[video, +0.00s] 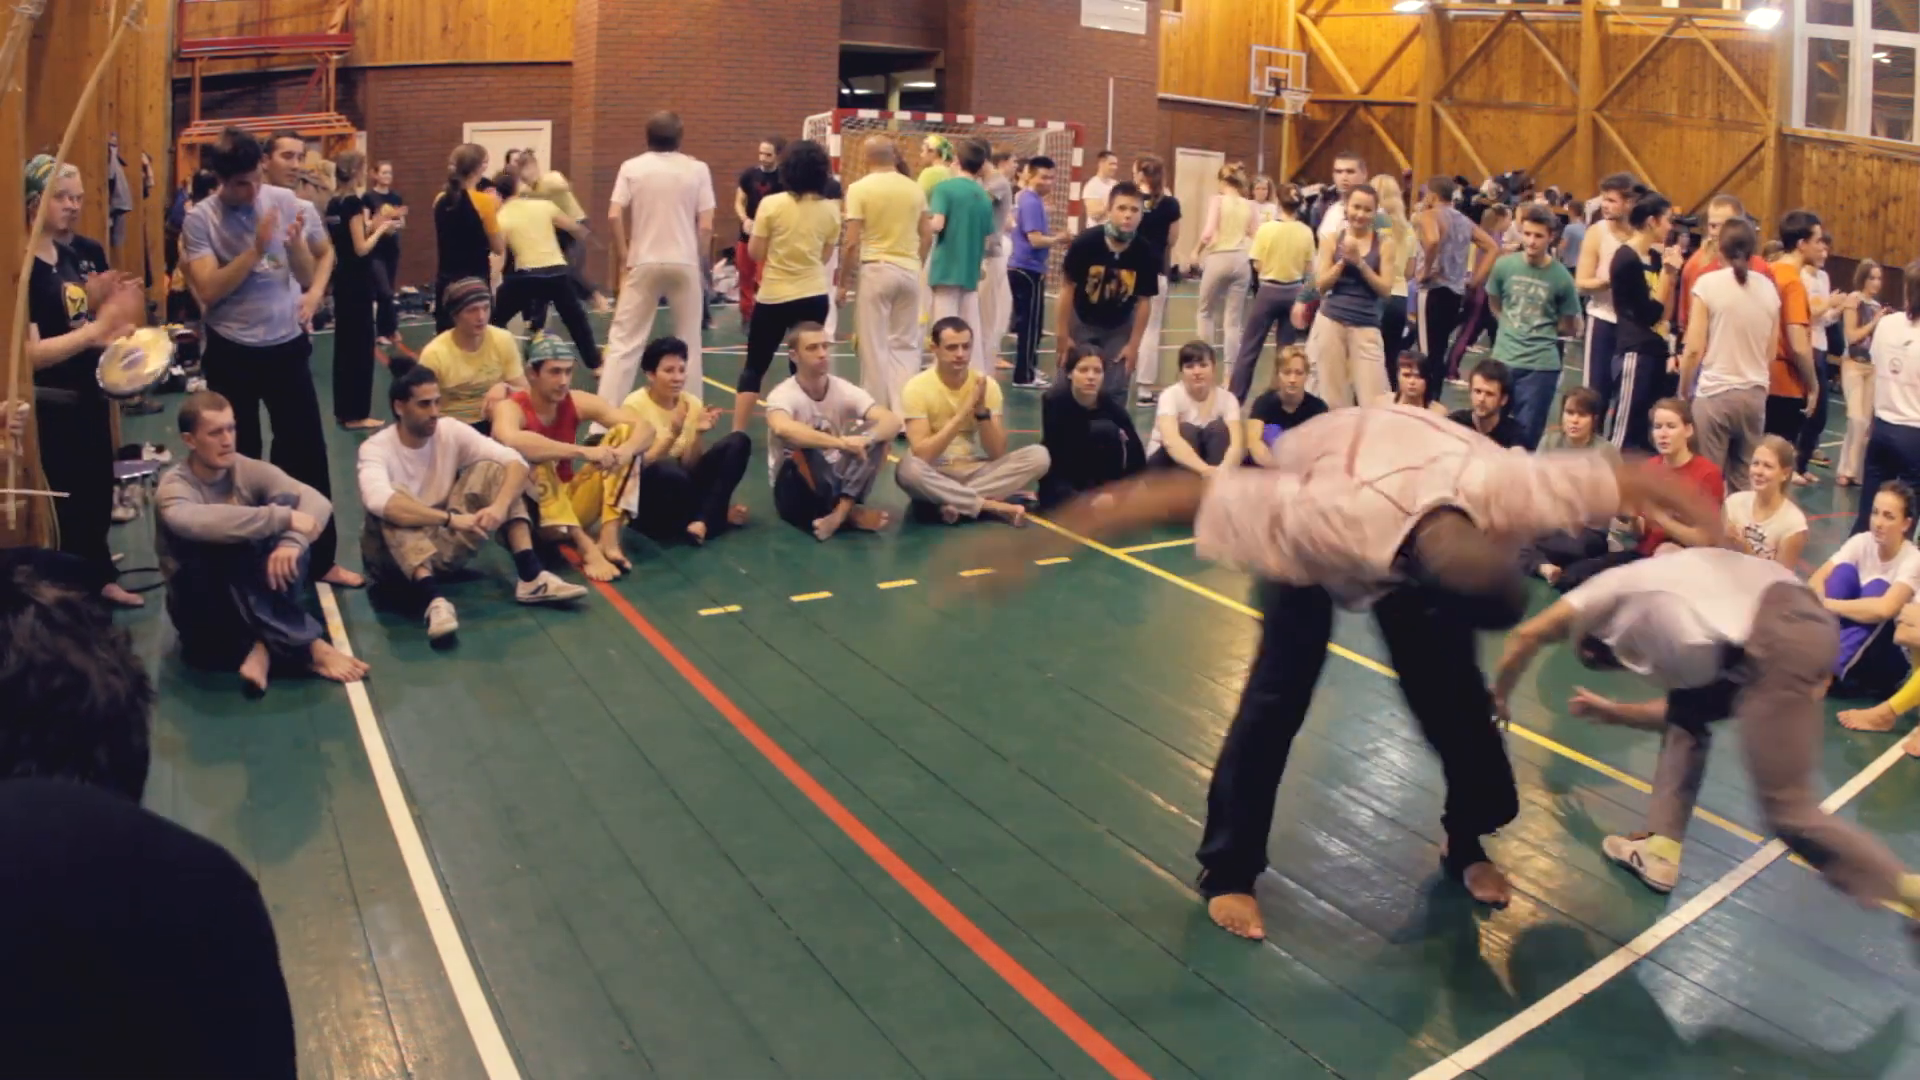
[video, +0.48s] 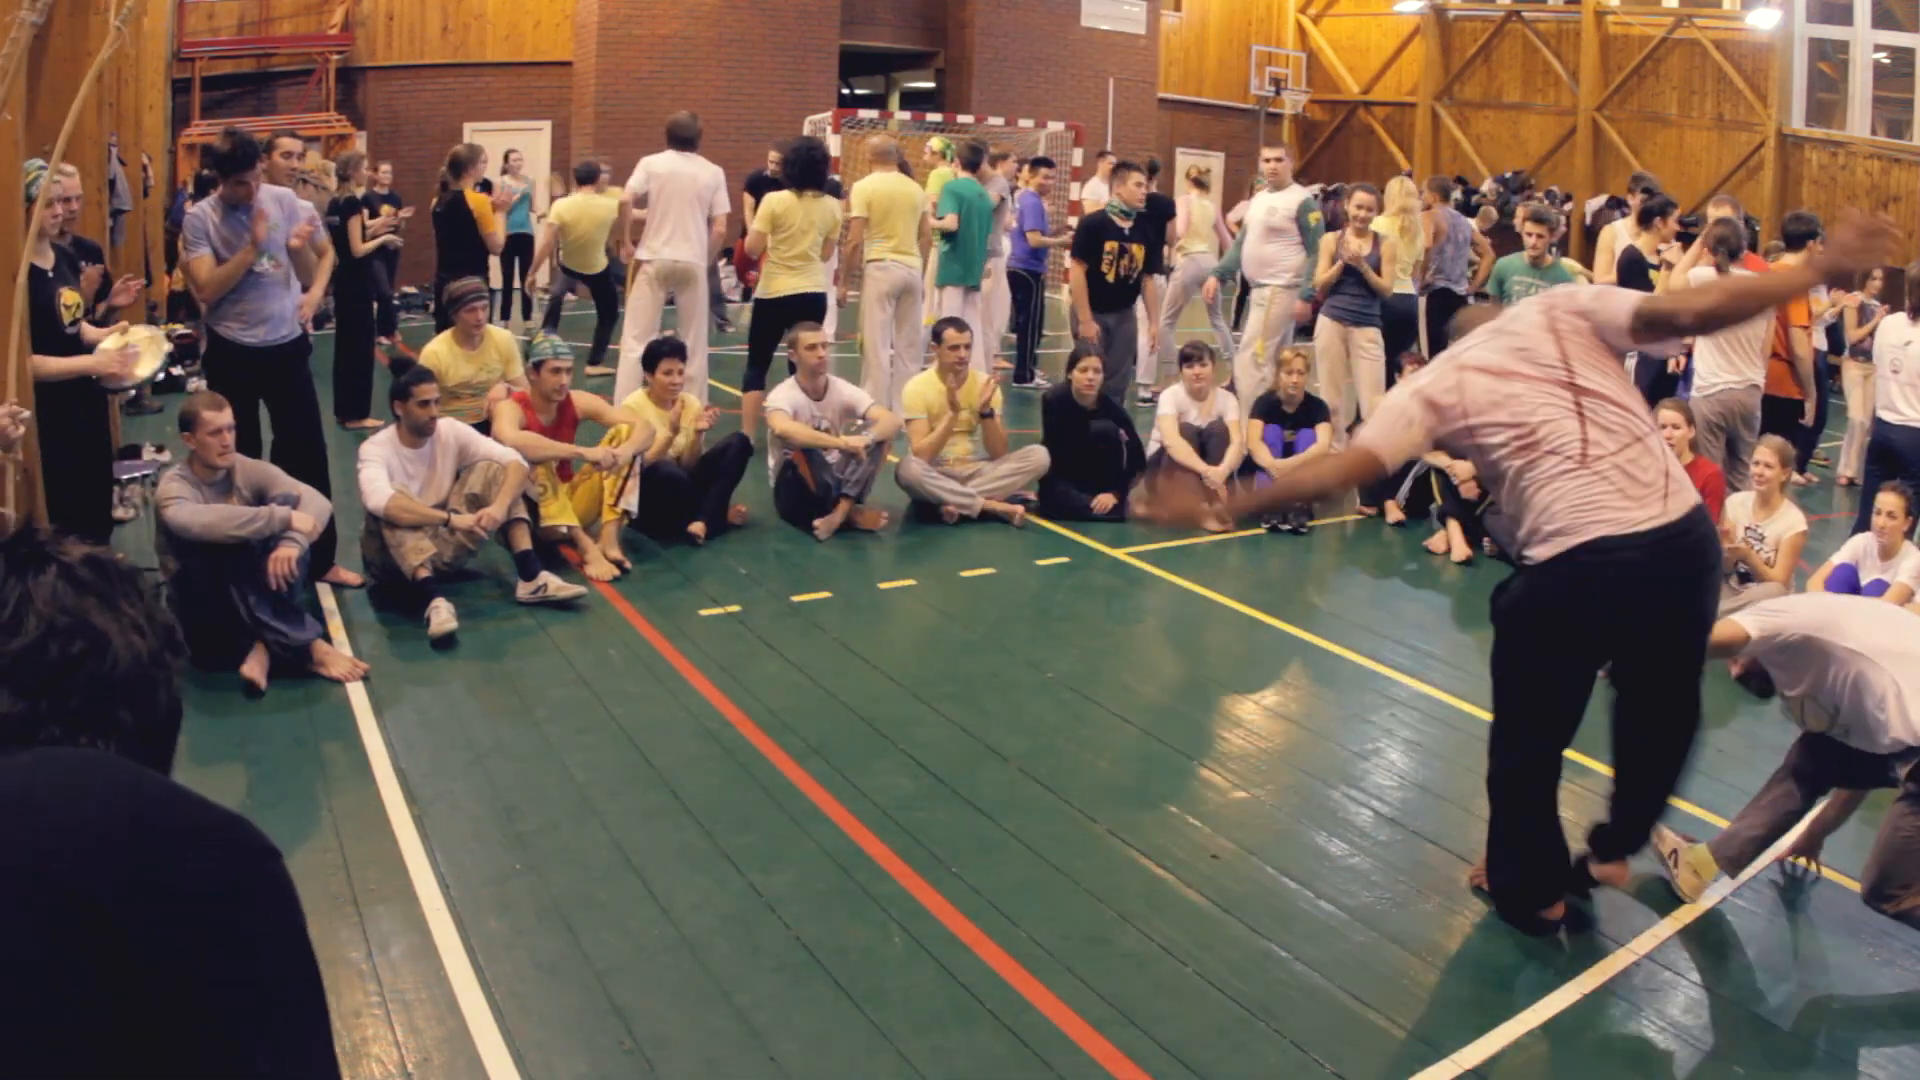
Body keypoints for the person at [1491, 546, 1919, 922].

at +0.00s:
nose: (1594, 658)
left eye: (1588, 653)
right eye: (1596, 655)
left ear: (1589, 636)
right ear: (1617, 645)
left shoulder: (1607, 588)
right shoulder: (1680, 625)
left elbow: (1529, 637)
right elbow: (1683, 710)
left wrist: (1499, 691)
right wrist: (1609, 711)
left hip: (1781, 625)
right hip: (1803, 622)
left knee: (1788, 811)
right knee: (1687, 716)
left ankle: (1907, 893)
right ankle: (1661, 850)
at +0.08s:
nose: (1577, 628)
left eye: (1577, 614)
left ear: (1595, 602)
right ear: (1624, 583)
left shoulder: (1632, 607)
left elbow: (1639, 710)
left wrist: (1626, 783)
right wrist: (1671, 729)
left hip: (1839, 660)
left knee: (1863, 826)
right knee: (1728, 711)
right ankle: (1667, 851)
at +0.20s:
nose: (1678, 673)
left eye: (1677, 670)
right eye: (1682, 675)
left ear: (1682, 655)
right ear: (1709, 678)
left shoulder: (1719, 612)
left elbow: (1624, 650)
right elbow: (1781, 734)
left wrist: (1553, 690)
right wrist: (1737, 776)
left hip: (1907, 711)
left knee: (1897, 876)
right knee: (1779, 727)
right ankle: (1698, 864)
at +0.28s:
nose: (1709, 682)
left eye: (1704, 676)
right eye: (1709, 686)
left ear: (1709, 654)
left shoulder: (1753, 615)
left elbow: (1650, 643)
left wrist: (1582, 683)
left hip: (1913, 728)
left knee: (1895, 887)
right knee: (1798, 741)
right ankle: (1703, 864)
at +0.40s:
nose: (1731, 684)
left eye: (1724, 675)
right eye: (1732, 690)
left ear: (1730, 656)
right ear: (1758, 696)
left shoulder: (1774, 624)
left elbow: (1676, 646)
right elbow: (1862, 783)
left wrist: (1605, 675)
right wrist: (1811, 841)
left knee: (1893, 891)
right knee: (1810, 756)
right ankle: (1711, 864)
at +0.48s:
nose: (1735, 670)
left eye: (1733, 659)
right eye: (1733, 666)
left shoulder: (1782, 620)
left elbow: (1695, 641)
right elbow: (1860, 776)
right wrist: (1813, 836)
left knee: (1888, 891)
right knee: (1812, 757)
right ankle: (1703, 866)